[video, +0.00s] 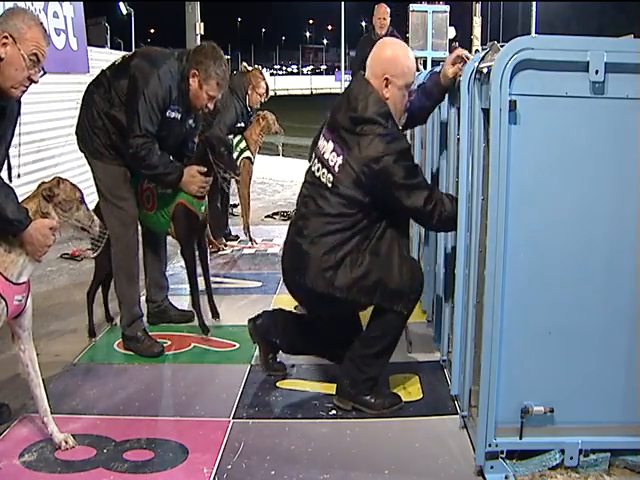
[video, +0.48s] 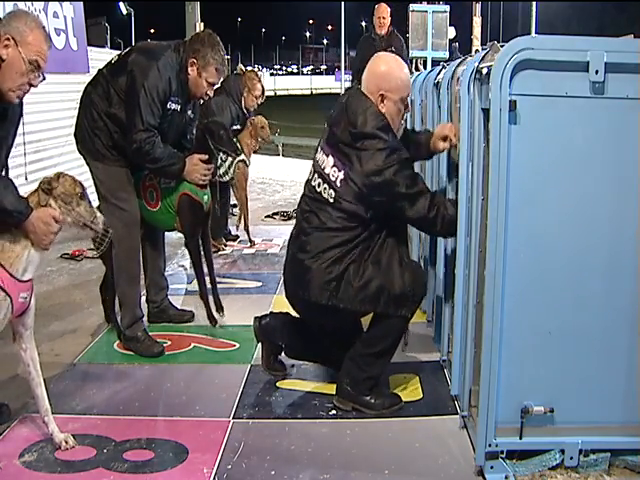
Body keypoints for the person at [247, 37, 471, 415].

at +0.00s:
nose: (410, 96)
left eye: (411, 88)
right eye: (407, 87)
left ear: (377, 81)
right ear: (385, 85)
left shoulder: (348, 108)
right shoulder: (384, 144)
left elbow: (405, 114)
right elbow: (432, 209)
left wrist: (442, 80)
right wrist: (484, 209)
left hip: (303, 258)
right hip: (329, 268)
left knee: (346, 344)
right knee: (407, 282)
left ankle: (271, 327)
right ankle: (359, 386)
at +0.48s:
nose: (407, 109)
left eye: (407, 101)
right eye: (404, 101)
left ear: (373, 96)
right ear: (381, 100)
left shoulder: (350, 120)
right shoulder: (381, 155)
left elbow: (391, 144)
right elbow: (433, 214)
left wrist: (429, 141)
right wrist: (492, 212)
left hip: (307, 268)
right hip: (331, 277)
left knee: (349, 352)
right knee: (410, 282)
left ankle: (274, 329)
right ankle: (358, 386)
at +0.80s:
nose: (401, 135)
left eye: (403, 127)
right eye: (398, 127)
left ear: (373, 115)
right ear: (376, 119)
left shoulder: (344, 137)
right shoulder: (362, 167)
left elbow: (395, 185)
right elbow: (403, 238)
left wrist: (430, 220)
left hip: (298, 276)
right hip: (313, 287)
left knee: (360, 351)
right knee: (394, 273)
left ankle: (278, 332)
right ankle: (358, 387)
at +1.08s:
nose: (395, 139)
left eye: (399, 131)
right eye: (390, 131)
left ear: (375, 117)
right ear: (366, 119)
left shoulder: (378, 146)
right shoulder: (336, 147)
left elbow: (397, 215)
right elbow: (353, 233)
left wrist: (431, 276)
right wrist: (388, 227)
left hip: (331, 274)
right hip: (301, 276)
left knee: (353, 349)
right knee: (387, 272)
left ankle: (276, 332)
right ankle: (358, 388)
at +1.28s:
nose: (397, 149)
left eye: (400, 140)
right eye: (392, 139)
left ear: (372, 126)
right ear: (368, 128)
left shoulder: (370, 157)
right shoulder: (330, 156)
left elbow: (398, 231)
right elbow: (337, 250)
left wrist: (430, 301)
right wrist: (377, 236)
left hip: (325, 283)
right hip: (296, 285)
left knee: (353, 355)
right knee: (381, 270)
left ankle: (276, 333)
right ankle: (356, 390)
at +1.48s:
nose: (400, 125)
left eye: (403, 117)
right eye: (398, 116)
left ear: (380, 103)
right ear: (377, 104)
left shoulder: (367, 131)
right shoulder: (340, 131)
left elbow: (389, 217)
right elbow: (353, 234)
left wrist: (414, 288)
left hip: (326, 262)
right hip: (300, 263)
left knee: (354, 340)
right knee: (384, 277)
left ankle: (271, 335)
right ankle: (357, 388)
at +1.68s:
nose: (397, 58)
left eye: (400, 49)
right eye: (399, 48)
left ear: (367, 29)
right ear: (390, 39)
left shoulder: (330, 66)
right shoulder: (356, 78)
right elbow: (373, 169)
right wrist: (397, 230)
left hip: (290, 208)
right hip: (311, 211)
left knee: (349, 288)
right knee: (390, 272)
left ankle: (272, 339)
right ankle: (358, 386)